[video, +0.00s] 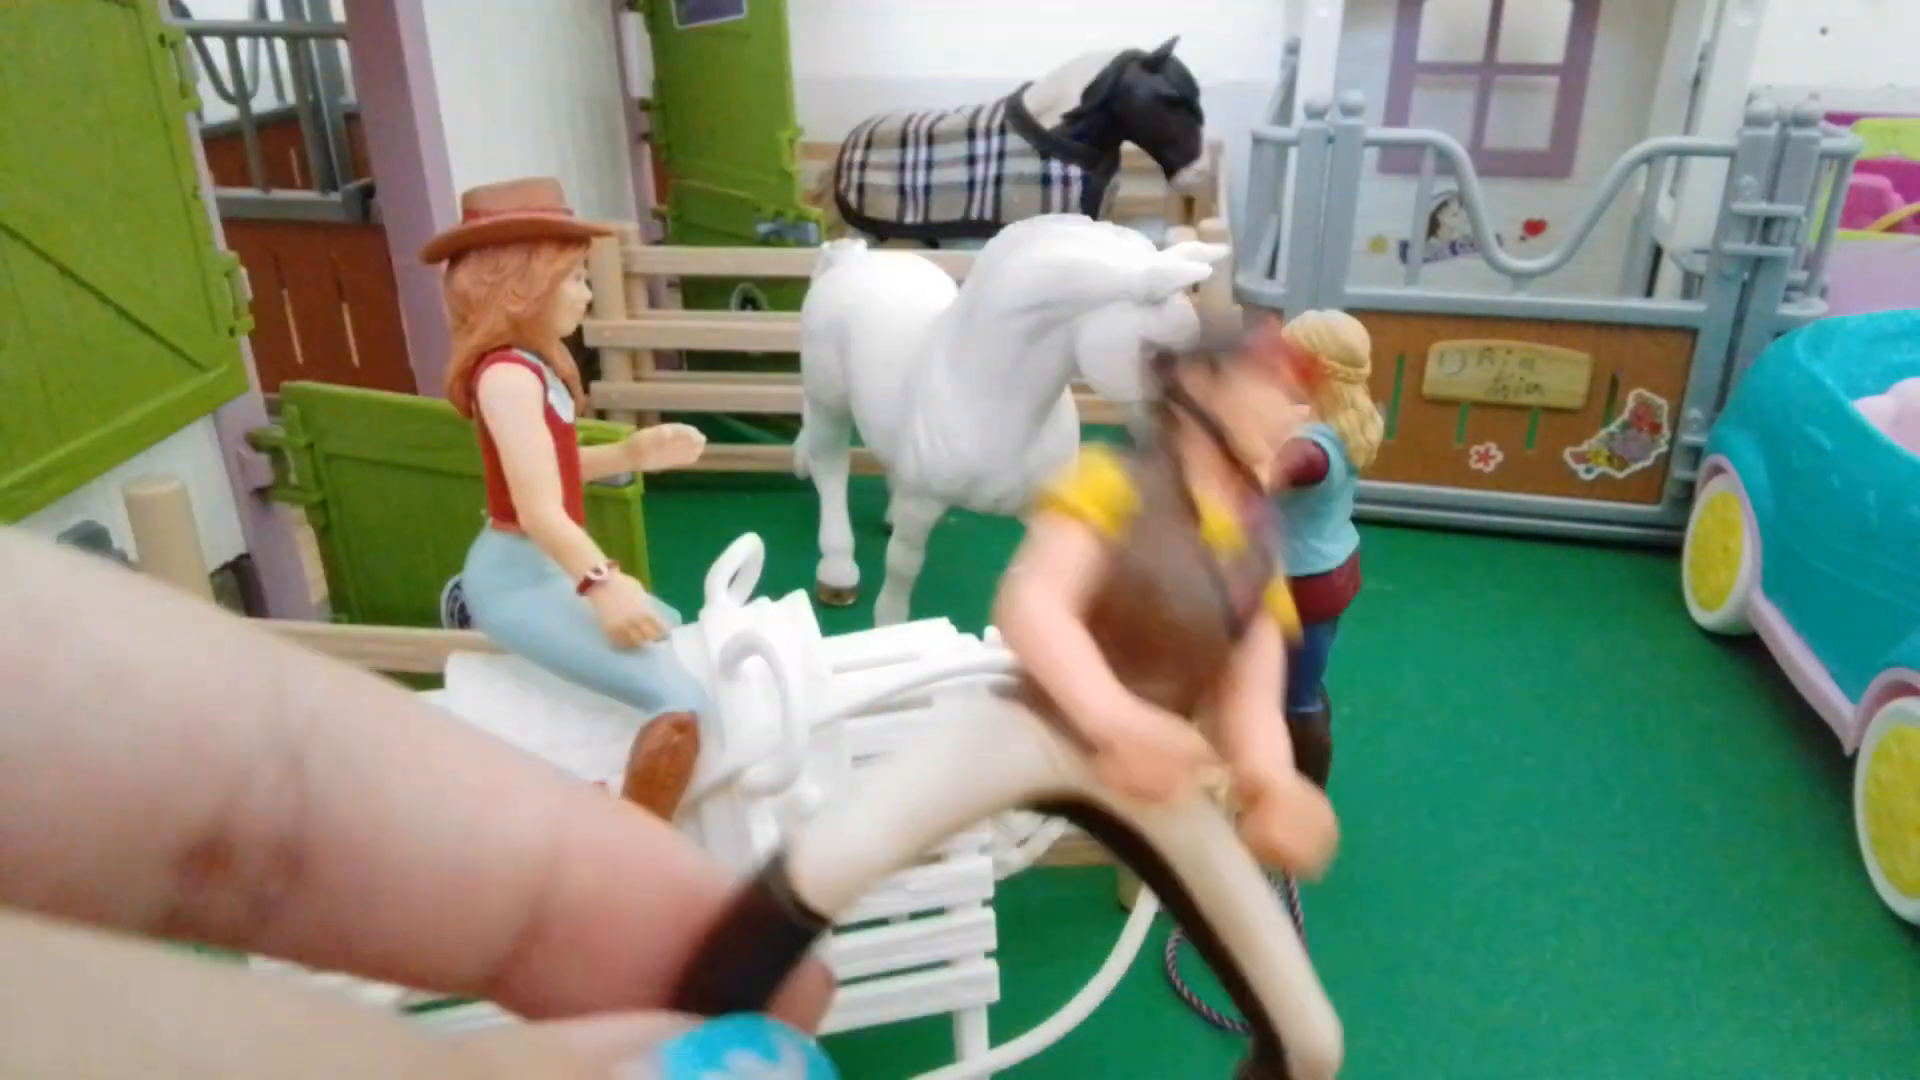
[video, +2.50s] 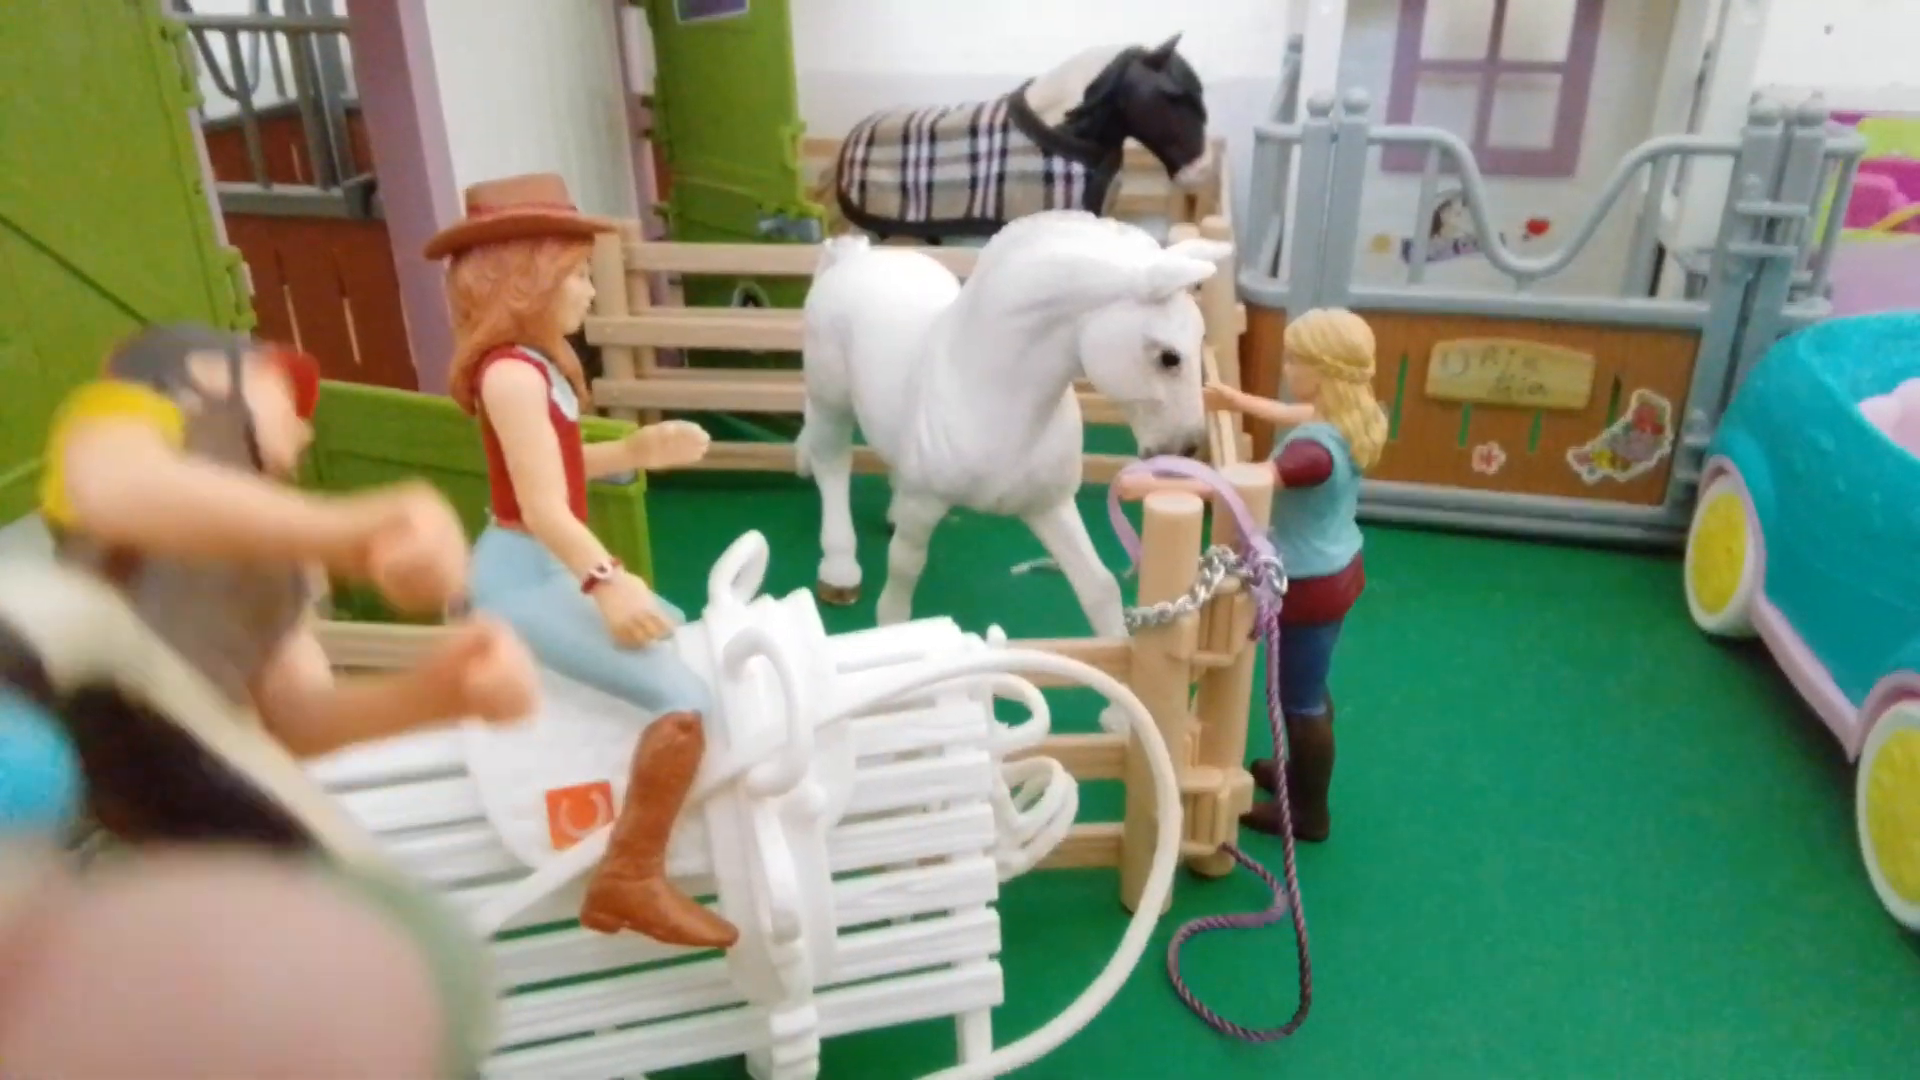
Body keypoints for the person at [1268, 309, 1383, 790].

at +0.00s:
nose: (1282, 369)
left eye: (1291, 359)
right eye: (1284, 358)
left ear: (1310, 372)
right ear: (1340, 372)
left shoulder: (1317, 444)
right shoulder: (1347, 421)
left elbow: (1258, 475)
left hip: (1308, 579)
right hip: (1335, 559)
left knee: (1299, 699)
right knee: (1308, 685)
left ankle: (1305, 804)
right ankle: (1306, 791)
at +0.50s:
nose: (1280, 369)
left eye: (1288, 362)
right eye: (1284, 360)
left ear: (1314, 374)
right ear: (1331, 372)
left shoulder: (1313, 447)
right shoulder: (1348, 417)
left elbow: (1251, 478)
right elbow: (1288, 416)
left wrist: (1163, 483)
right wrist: (1234, 401)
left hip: (1306, 587)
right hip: (1332, 568)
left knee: (1297, 700)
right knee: (1303, 682)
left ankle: (1305, 812)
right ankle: (1296, 773)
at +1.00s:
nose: (1282, 371)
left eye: (1289, 362)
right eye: (1284, 360)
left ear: (1317, 372)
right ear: (1336, 372)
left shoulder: (1314, 448)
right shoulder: (1348, 417)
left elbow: (1249, 479)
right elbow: (1290, 415)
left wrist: (1176, 484)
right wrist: (1238, 401)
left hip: (1305, 587)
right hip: (1333, 565)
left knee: (1298, 698)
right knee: (1301, 680)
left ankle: (1303, 810)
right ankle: (1298, 772)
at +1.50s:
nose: (1282, 371)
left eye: (1289, 362)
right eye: (1284, 361)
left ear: (1317, 373)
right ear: (1334, 374)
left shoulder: (1314, 448)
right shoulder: (1348, 417)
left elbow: (1243, 479)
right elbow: (1289, 416)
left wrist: (1156, 484)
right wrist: (1236, 400)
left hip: (1304, 588)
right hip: (1332, 567)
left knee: (1299, 700)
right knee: (1301, 682)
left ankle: (1304, 813)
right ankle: (1299, 773)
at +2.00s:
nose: (1282, 370)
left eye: (1290, 362)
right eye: (1284, 360)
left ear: (1317, 373)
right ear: (1337, 373)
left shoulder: (1314, 448)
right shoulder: (1348, 418)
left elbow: (1248, 479)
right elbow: (1289, 416)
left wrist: (1163, 484)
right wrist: (1236, 400)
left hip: (1305, 588)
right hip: (1333, 565)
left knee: (1300, 700)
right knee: (1301, 680)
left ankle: (1304, 811)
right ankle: (1298, 771)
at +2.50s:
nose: (1286, 371)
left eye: (1294, 362)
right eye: (1288, 361)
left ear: (1323, 372)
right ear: (1340, 373)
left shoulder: (1320, 447)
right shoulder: (1350, 418)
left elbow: (1251, 478)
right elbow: (1293, 416)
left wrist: (1165, 483)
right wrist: (1239, 399)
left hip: (1308, 588)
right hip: (1333, 569)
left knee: (1301, 702)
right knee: (1302, 683)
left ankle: (1305, 814)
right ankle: (1300, 774)